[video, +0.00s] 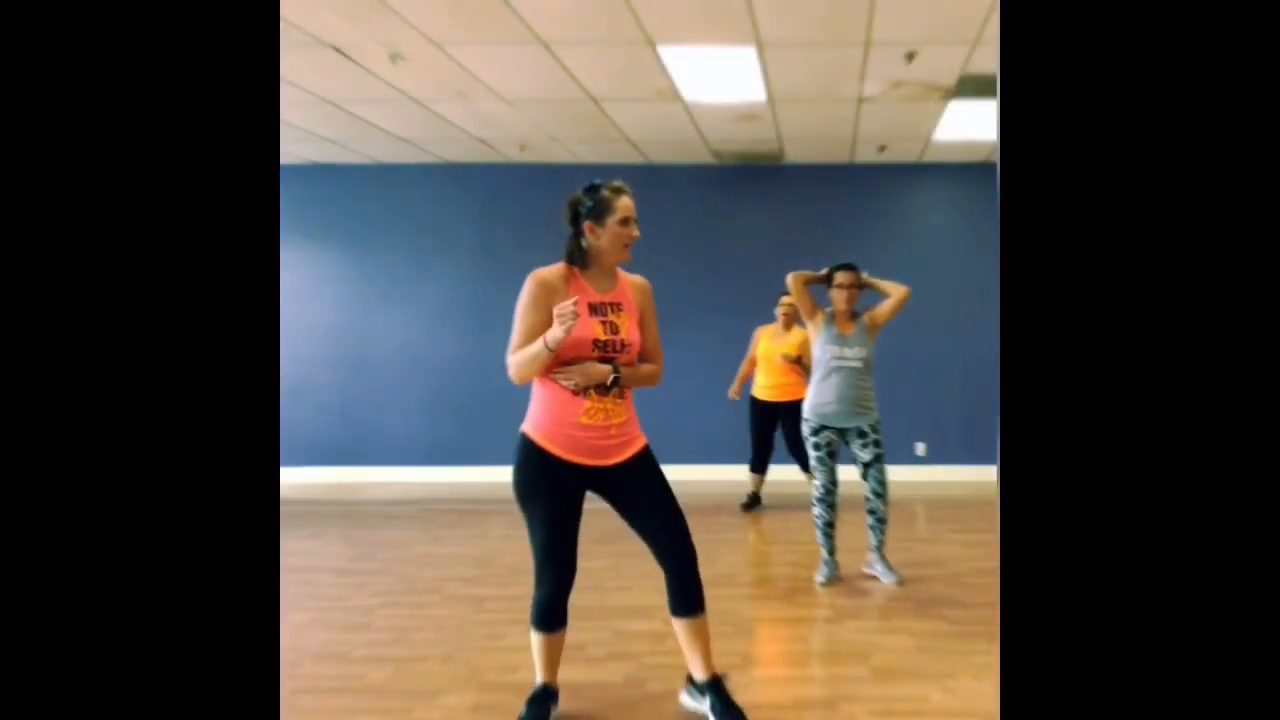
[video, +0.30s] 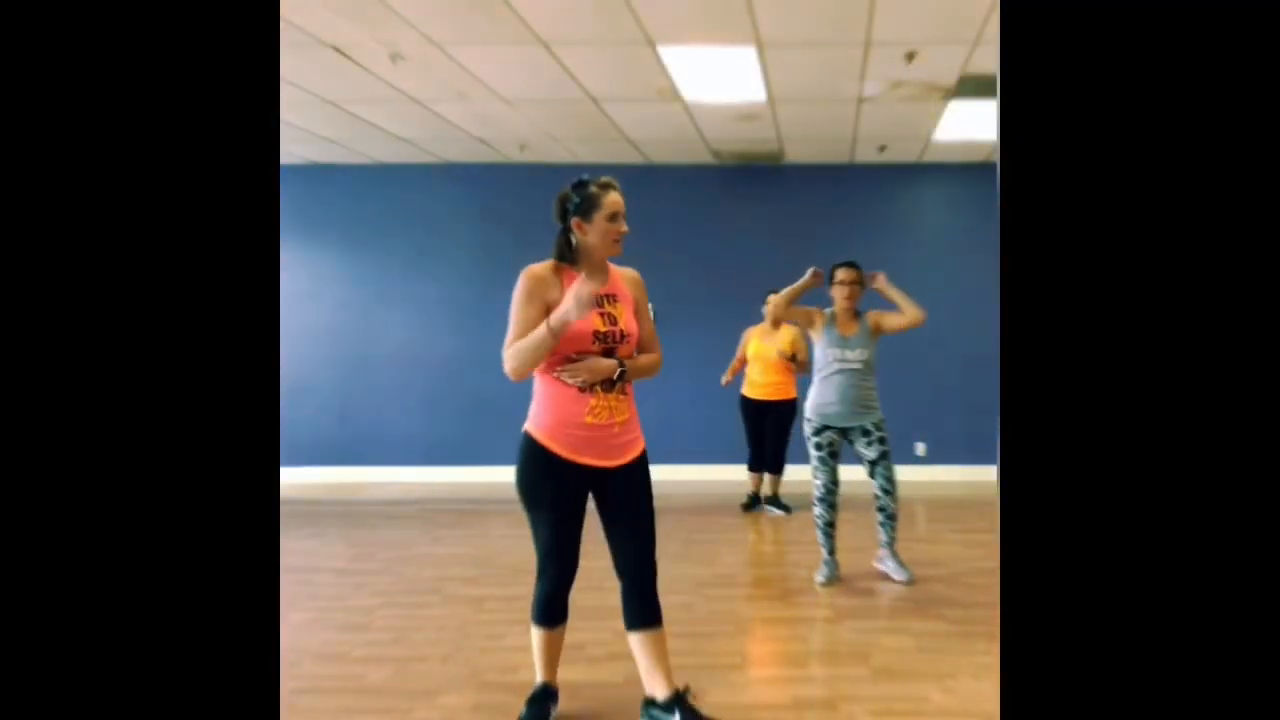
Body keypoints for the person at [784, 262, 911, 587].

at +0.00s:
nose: (846, 294)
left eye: (852, 288)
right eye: (840, 287)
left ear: (860, 293)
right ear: (829, 292)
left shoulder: (869, 324)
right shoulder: (817, 321)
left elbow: (902, 293)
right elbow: (793, 279)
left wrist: (869, 281)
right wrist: (824, 276)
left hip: (862, 418)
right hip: (820, 418)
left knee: (878, 487)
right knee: (824, 490)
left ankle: (876, 555)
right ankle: (827, 559)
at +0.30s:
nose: (847, 290)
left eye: (853, 284)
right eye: (841, 284)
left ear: (862, 289)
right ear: (831, 289)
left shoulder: (872, 322)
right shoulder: (817, 319)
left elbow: (916, 317)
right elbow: (775, 309)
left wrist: (885, 287)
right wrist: (806, 283)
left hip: (865, 417)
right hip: (822, 418)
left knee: (886, 483)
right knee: (825, 490)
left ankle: (887, 554)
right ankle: (828, 560)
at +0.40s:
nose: (851, 288)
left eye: (857, 283)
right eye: (845, 283)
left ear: (866, 289)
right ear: (835, 289)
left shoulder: (878, 323)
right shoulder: (822, 322)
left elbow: (922, 337)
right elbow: (776, 331)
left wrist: (903, 299)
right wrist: (796, 294)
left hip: (870, 418)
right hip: (827, 418)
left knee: (890, 486)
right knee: (827, 491)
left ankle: (899, 554)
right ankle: (828, 560)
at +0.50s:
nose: (858, 288)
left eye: (864, 283)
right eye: (852, 282)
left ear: (873, 289)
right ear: (842, 289)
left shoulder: (885, 324)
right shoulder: (828, 324)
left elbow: (920, 358)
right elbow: (796, 357)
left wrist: (920, 327)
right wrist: (793, 324)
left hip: (877, 420)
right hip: (834, 419)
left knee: (894, 488)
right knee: (831, 491)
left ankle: (906, 557)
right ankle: (828, 560)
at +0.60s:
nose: (867, 288)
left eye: (873, 282)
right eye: (861, 282)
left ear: (882, 290)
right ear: (850, 290)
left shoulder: (895, 326)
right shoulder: (836, 327)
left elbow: (916, 365)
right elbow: (818, 370)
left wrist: (930, 364)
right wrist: (803, 366)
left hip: (888, 421)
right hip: (844, 421)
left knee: (900, 491)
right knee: (838, 491)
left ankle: (907, 558)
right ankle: (829, 560)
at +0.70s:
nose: (877, 288)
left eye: (883, 282)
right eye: (870, 282)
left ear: (892, 289)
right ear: (860, 290)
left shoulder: (904, 325)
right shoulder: (846, 328)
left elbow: (921, 366)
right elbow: (837, 372)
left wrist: (932, 390)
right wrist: (826, 399)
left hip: (899, 421)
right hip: (855, 421)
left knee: (907, 491)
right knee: (844, 490)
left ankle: (908, 558)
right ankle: (831, 559)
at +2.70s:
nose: (878, 285)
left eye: (884, 279)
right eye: (872, 280)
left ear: (892, 287)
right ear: (861, 286)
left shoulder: (904, 325)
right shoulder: (845, 324)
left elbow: (921, 369)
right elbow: (828, 370)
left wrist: (905, 392)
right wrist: (852, 400)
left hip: (894, 418)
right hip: (854, 418)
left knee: (893, 491)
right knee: (857, 490)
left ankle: (889, 557)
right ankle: (860, 558)